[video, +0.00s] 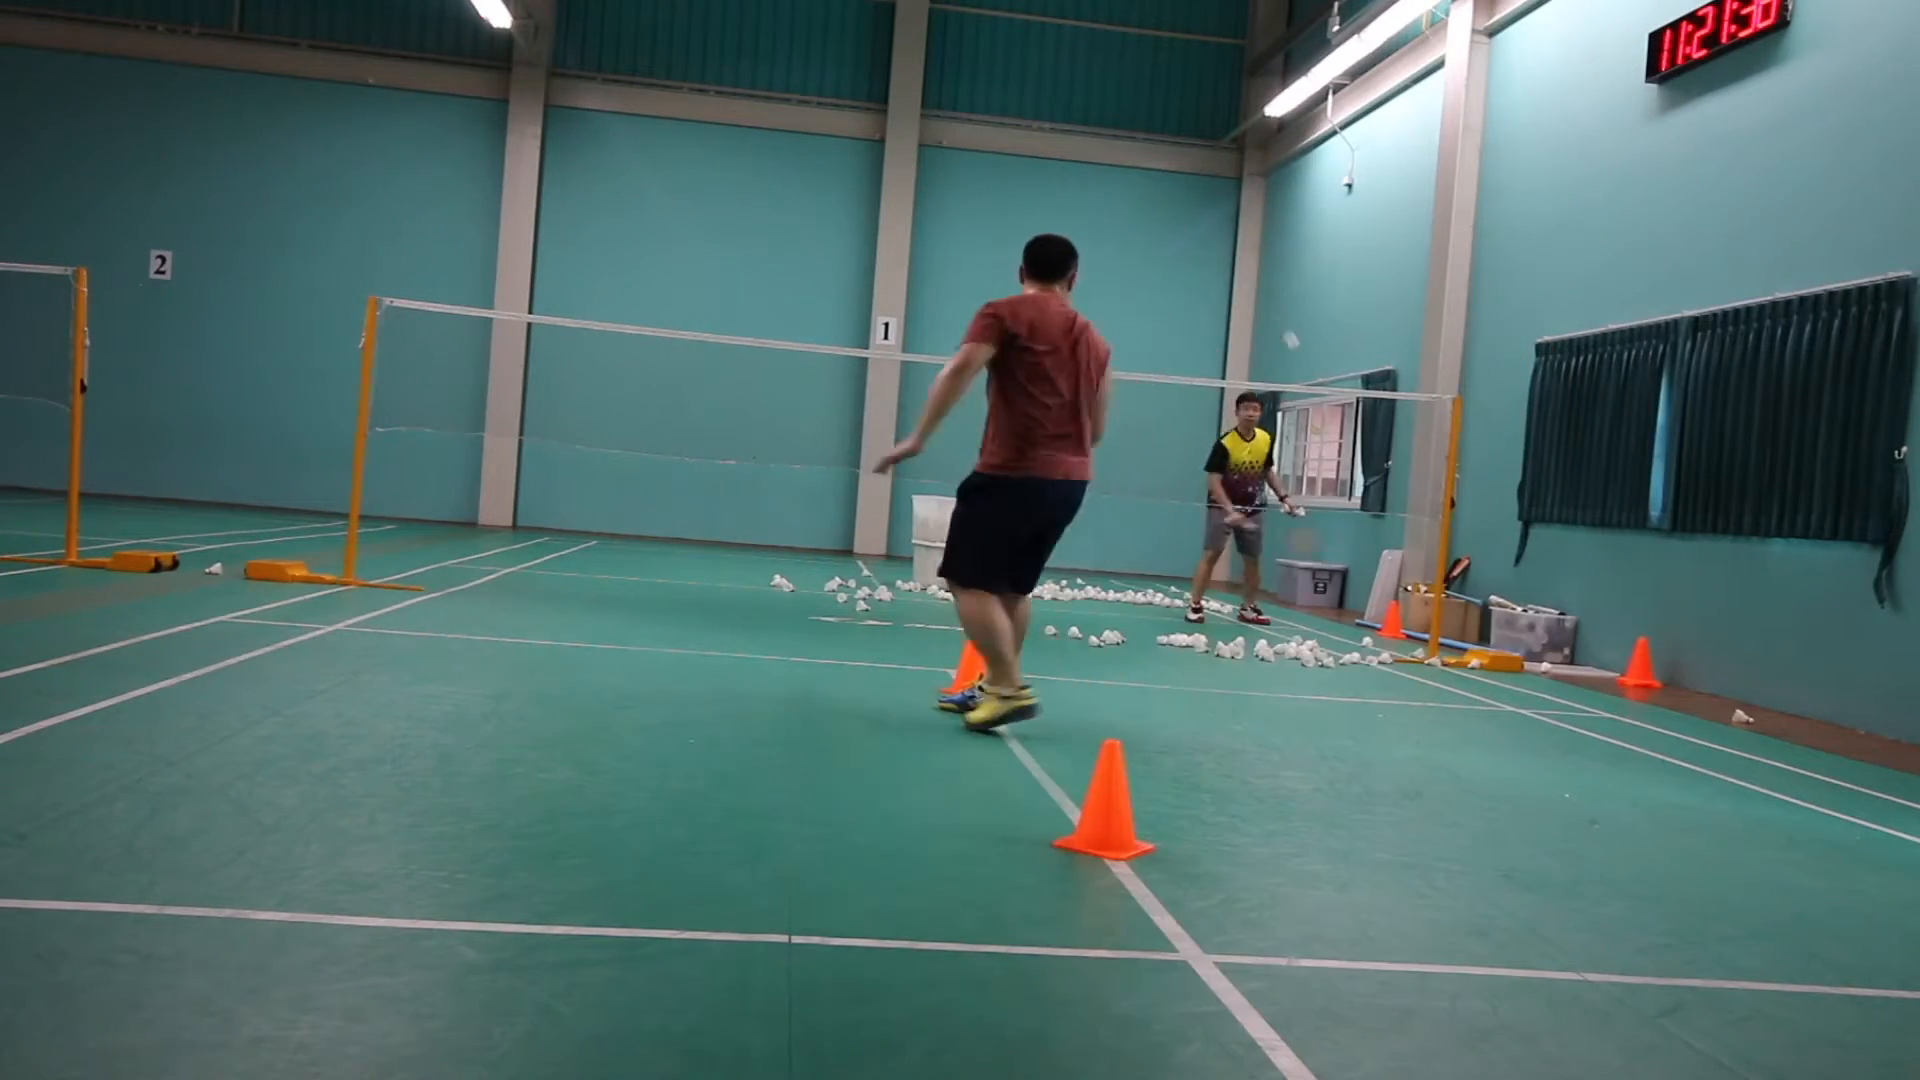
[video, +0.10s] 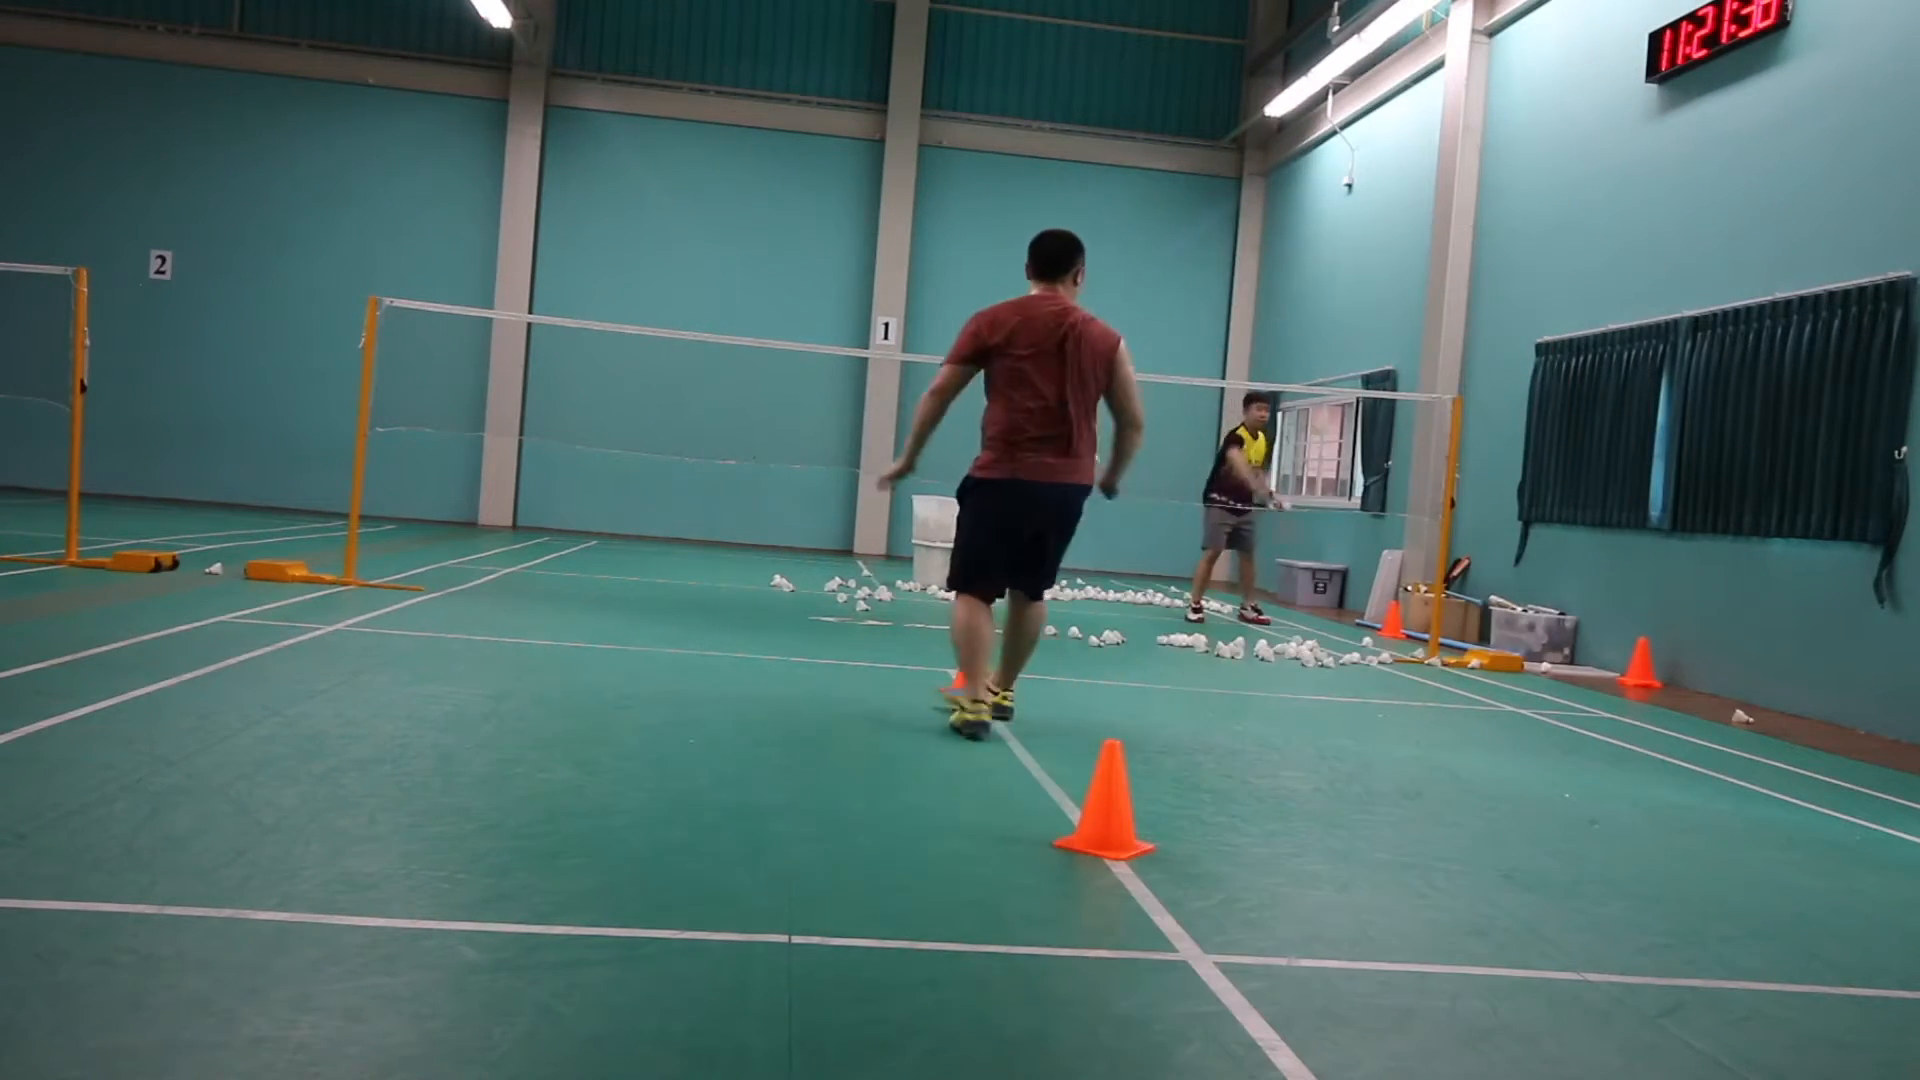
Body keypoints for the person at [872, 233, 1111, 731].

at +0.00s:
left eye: (1023, 276)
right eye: (1073, 278)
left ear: (1023, 274)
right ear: (1072, 279)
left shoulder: (1004, 313)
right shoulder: (1094, 342)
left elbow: (963, 367)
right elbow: (1096, 427)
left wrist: (919, 438)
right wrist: (1068, 454)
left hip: (1010, 474)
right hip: (1068, 480)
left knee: (967, 579)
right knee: (1016, 585)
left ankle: (1009, 687)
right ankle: (995, 688)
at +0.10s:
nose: (1082, 280)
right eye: (1083, 274)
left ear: (1029, 272)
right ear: (1079, 275)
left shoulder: (993, 322)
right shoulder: (1103, 339)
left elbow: (939, 394)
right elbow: (1132, 421)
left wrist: (909, 458)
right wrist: (1113, 475)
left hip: (997, 482)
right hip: (1065, 487)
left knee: (974, 591)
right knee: (1030, 590)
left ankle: (975, 702)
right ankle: (1003, 689)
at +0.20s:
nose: (1098, 267)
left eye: (1095, 260)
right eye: (1098, 260)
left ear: (1043, 263)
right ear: (1090, 263)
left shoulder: (1004, 317)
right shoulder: (1116, 327)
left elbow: (960, 396)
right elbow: (1143, 405)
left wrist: (951, 465)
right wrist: (1137, 473)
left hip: (1005, 479)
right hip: (1076, 486)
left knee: (985, 592)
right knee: (1051, 588)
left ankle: (978, 706)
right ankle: (1025, 690)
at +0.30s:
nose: (1135, 253)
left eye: (1132, 244)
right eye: (1133, 245)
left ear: (1079, 251)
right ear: (1126, 250)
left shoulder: (1036, 307)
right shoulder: (1142, 316)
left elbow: (1010, 389)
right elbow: (1157, 397)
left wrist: (1030, 439)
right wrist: (1155, 474)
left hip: (1029, 473)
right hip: (1103, 480)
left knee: (1001, 592)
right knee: (1116, 593)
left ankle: (977, 706)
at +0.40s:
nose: (1175, 265)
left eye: (1170, 255)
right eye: (1171, 257)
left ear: (1118, 267)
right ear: (1164, 265)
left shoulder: (1077, 326)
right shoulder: (1171, 334)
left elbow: (1056, 405)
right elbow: (1181, 415)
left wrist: (1091, 443)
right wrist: (1204, 498)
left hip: (1057, 499)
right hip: (1135, 507)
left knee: (1016, 599)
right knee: (1188, 613)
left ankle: (978, 708)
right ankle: (1197, 733)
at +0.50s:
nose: (1255, 252)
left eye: (1250, 243)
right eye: (1251, 245)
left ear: (1195, 263)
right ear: (1241, 258)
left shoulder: (1165, 328)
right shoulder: (1240, 326)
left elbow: (1157, 414)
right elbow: (1248, 411)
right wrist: (1288, 483)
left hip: (1148, 501)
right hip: (1217, 510)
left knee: (1107, 601)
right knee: (1261, 628)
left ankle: (1012, 689)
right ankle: (1204, 748)